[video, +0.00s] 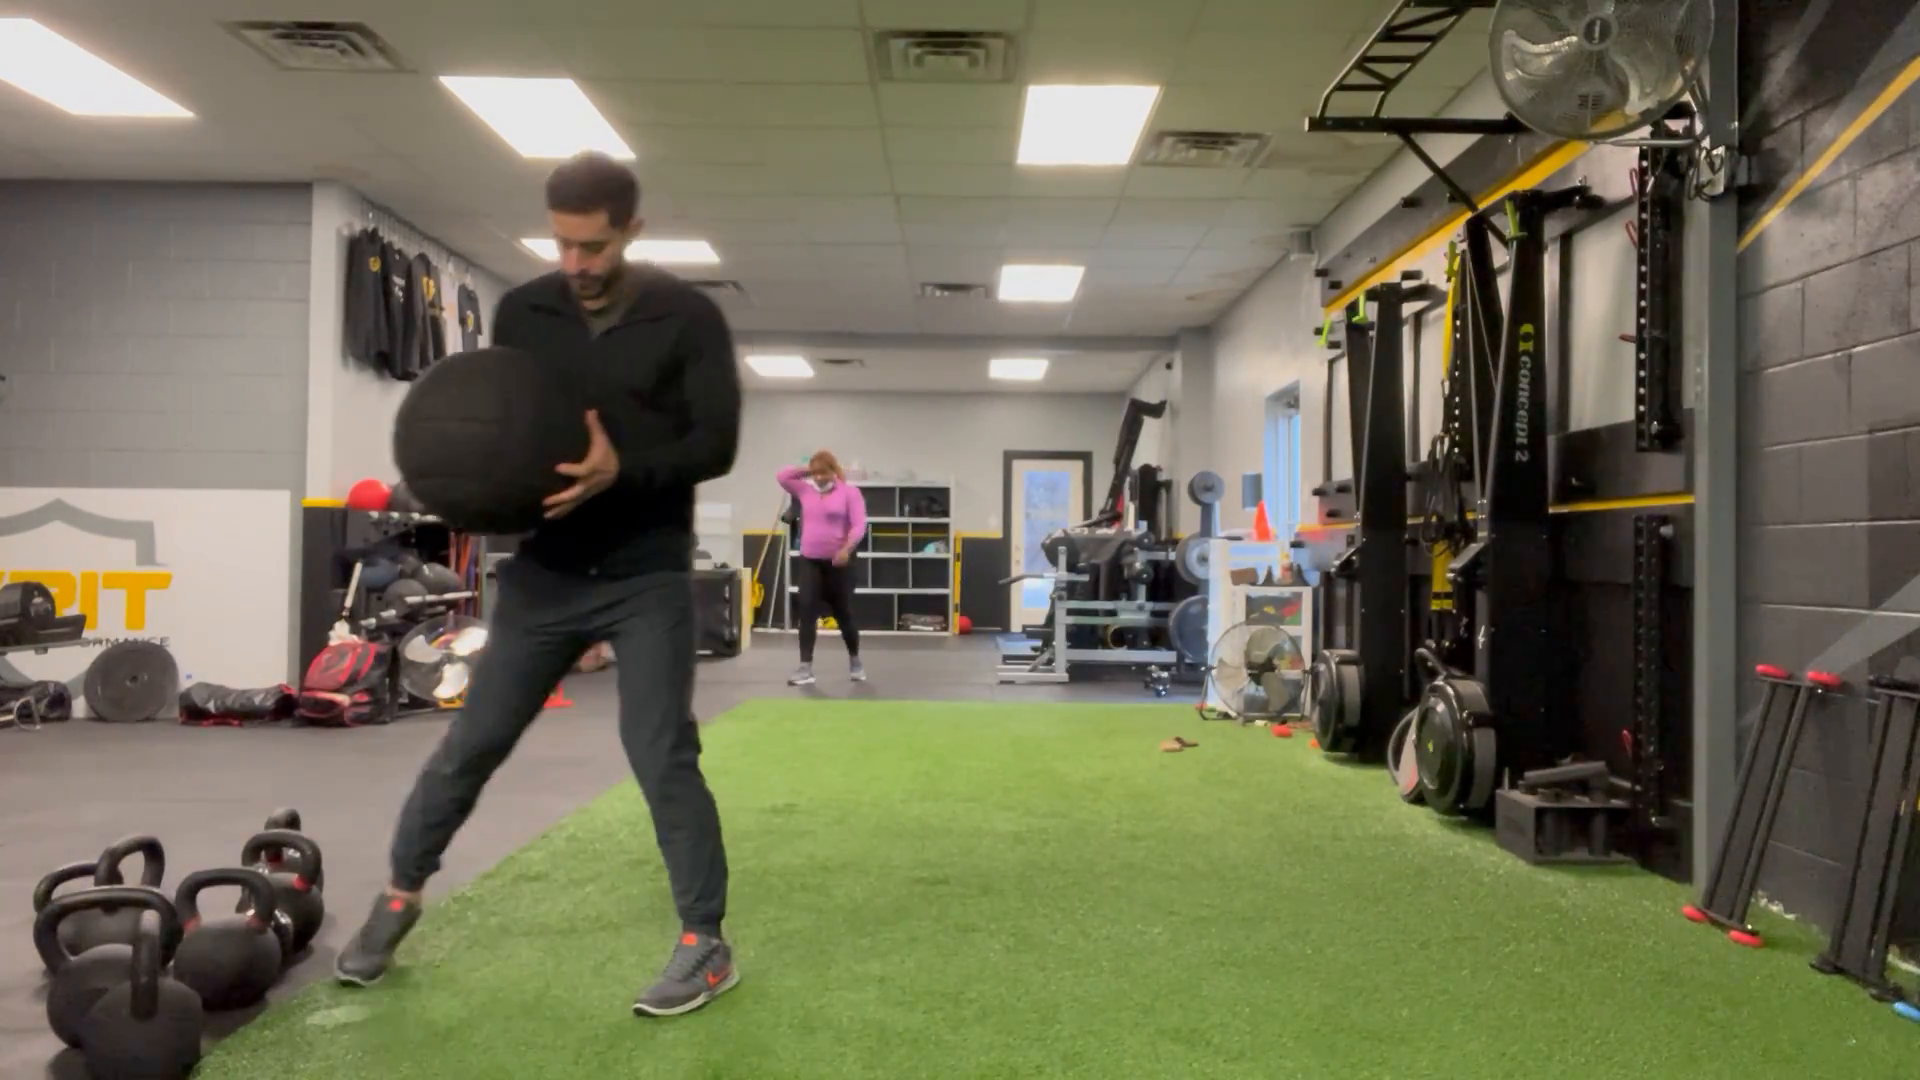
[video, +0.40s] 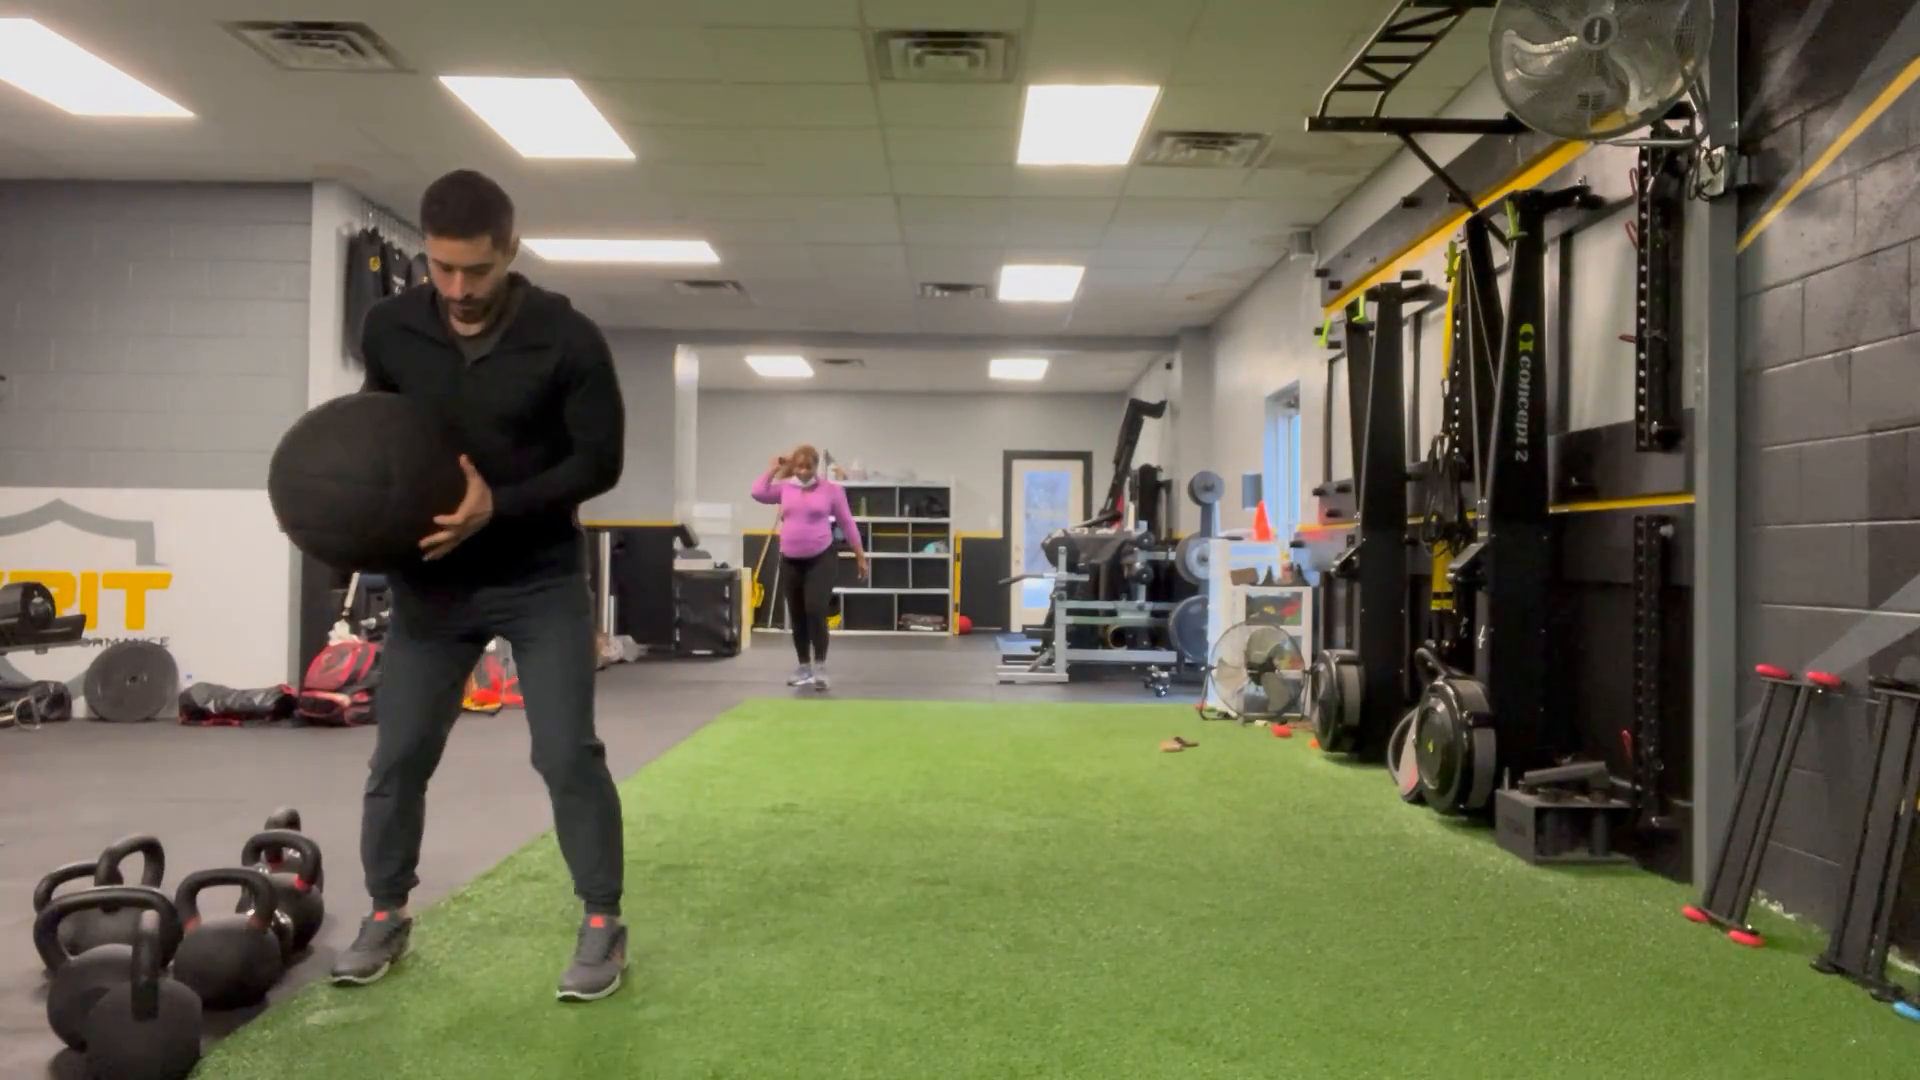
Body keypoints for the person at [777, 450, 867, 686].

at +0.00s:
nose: (819, 478)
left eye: (822, 473)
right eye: (815, 474)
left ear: (833, 471)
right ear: (811, 473)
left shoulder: (849, 492)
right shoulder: (805, 491)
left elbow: (859, 524)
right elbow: (782, 477)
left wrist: (846, 549)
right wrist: (807, 470)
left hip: (837, 560)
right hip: (810, 560)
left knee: (842, 612)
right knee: (807, 611)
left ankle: (855, 661)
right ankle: (805, 667)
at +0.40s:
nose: (802, 471)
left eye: (806, 466)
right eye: (798, 466)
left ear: (815, 467)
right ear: (792, 467)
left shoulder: (831, 490)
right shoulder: (786, 488)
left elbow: (847, 523)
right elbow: (758, 493)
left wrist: (860, 556)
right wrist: (772, 470)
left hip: (821, 558)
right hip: (791, 559)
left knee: (816, 610)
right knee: (798, 614)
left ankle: (819, 667)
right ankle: (804, 667)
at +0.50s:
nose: (801, 471)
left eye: (805, 466)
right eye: (797, 466)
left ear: (814, 467)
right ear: (790, 467)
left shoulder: (829, 491)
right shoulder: (783, 490)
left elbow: (846, 524)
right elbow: (756, 498)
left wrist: (859, 557)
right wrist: (768, 472)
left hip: (818, 559)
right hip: (789, 560)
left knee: (812, 612)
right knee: (796, 614)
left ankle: (813, 667)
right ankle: (802, 665)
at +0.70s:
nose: (801, 467)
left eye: (806, 462)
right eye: (797, 463)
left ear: (813, 464)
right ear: (790, 465)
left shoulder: (829, 490)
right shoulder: (783, 491)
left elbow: (845, 524)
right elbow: (755, 508)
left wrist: (852, 556)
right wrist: (764, 475)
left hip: (817, 559)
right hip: (787, 560)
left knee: (813, 616)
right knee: (785, 619)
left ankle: (811, 672)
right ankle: (797, 656)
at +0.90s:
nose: (801, 463)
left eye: (805, 459)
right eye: (796, 459)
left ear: (811, 460)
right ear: (787, 462)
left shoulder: (826, 486)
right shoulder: (781, 488)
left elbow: (843, 520)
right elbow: (759, 517)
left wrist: (821, 524)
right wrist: (757, 485)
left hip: (813, 556)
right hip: (780, 556)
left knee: (809, 616)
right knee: (771, 611)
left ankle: (809, 674)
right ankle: (781, 663)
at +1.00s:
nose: (799, 463)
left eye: (803, 458)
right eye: (793, 460)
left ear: (809, 459)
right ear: (784, 463)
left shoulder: (821, 484)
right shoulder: (779, 488)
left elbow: (832, 512)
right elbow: (759, 521)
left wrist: (800, 503)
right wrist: (754, 488)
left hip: (811, 557)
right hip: (778, 557)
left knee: (808, 617)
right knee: (771, 614)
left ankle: (809, 675)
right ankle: (766, 675)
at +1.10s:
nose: (795, 464)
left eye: (798, 459)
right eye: (789, 461)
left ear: (804, 460)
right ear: (779, 465)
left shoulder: (816, 483)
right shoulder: (770, 486)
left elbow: (814, 504)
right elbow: (757, 524)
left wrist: (780, 486)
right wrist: (750, 493)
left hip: (806, 558)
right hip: (773, 558)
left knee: (805, 620)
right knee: (769, 617)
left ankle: (809, 677)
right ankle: (759, 677)